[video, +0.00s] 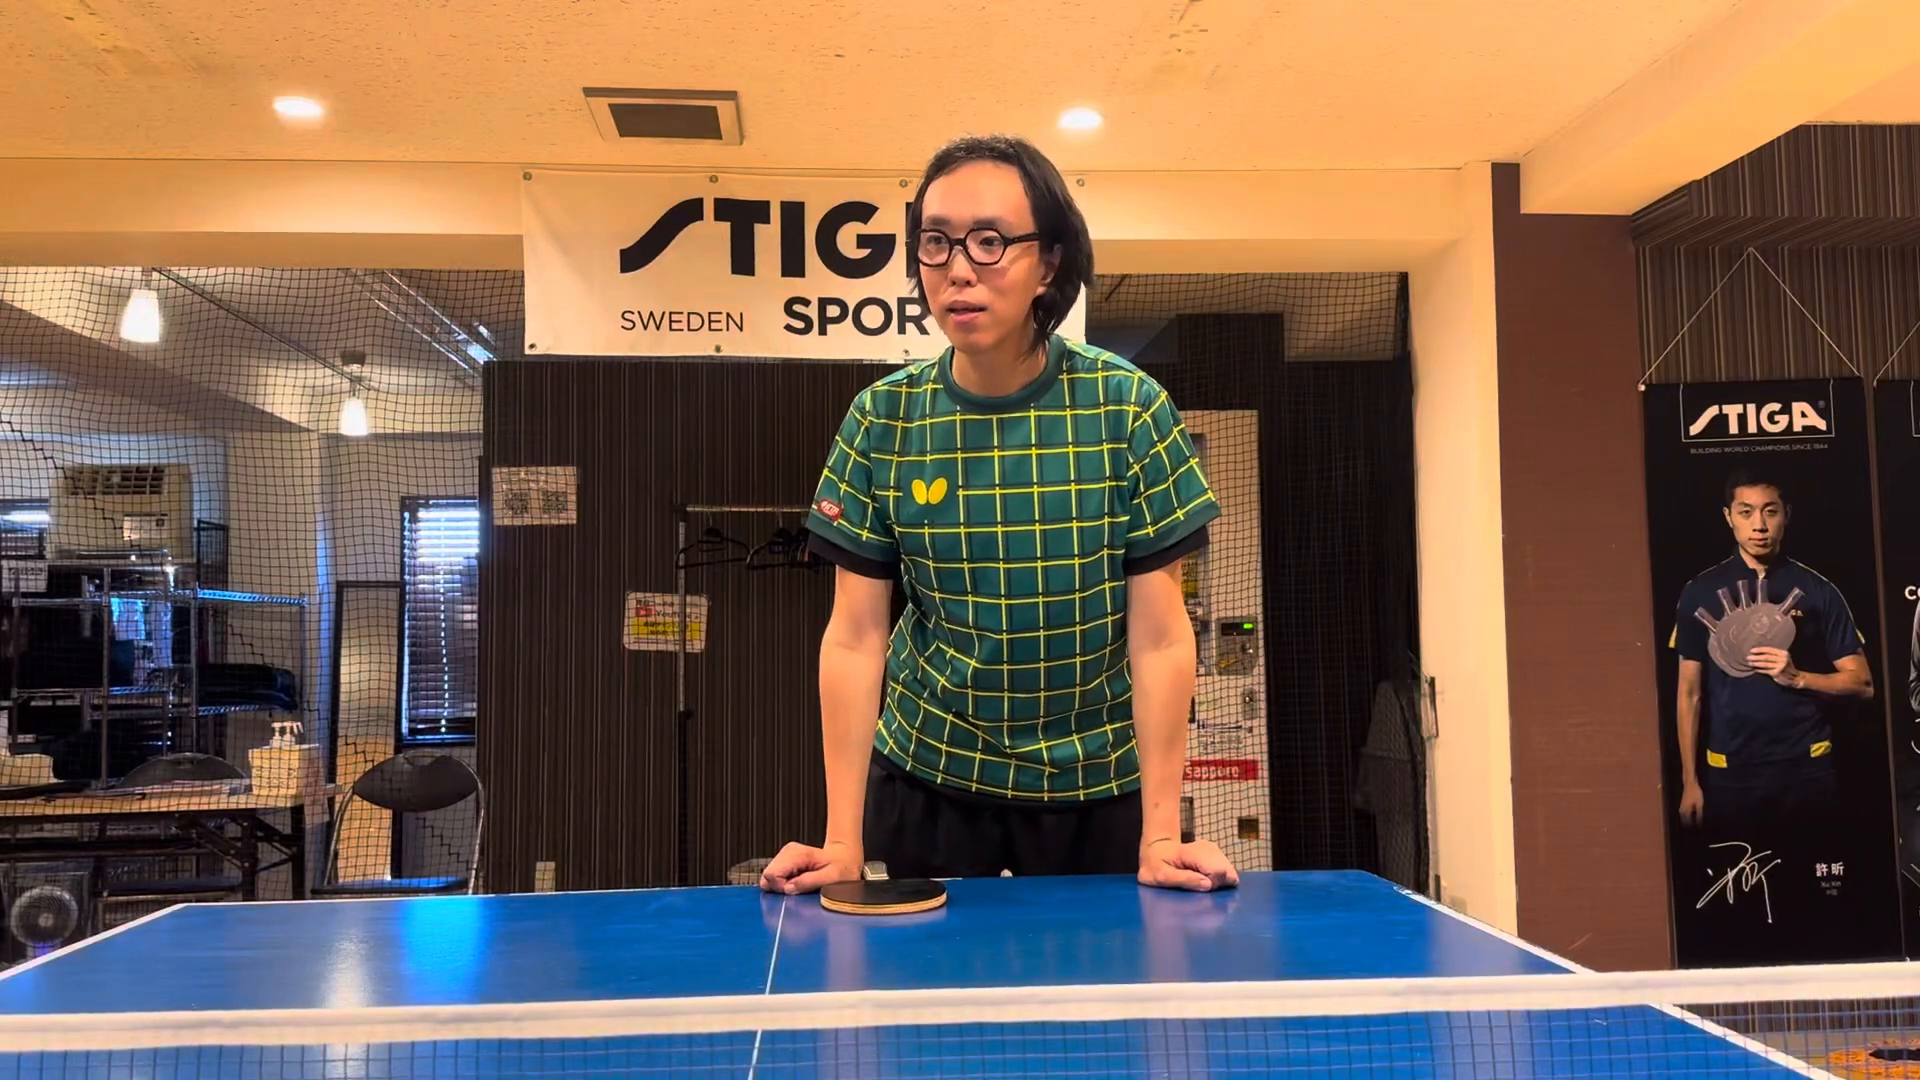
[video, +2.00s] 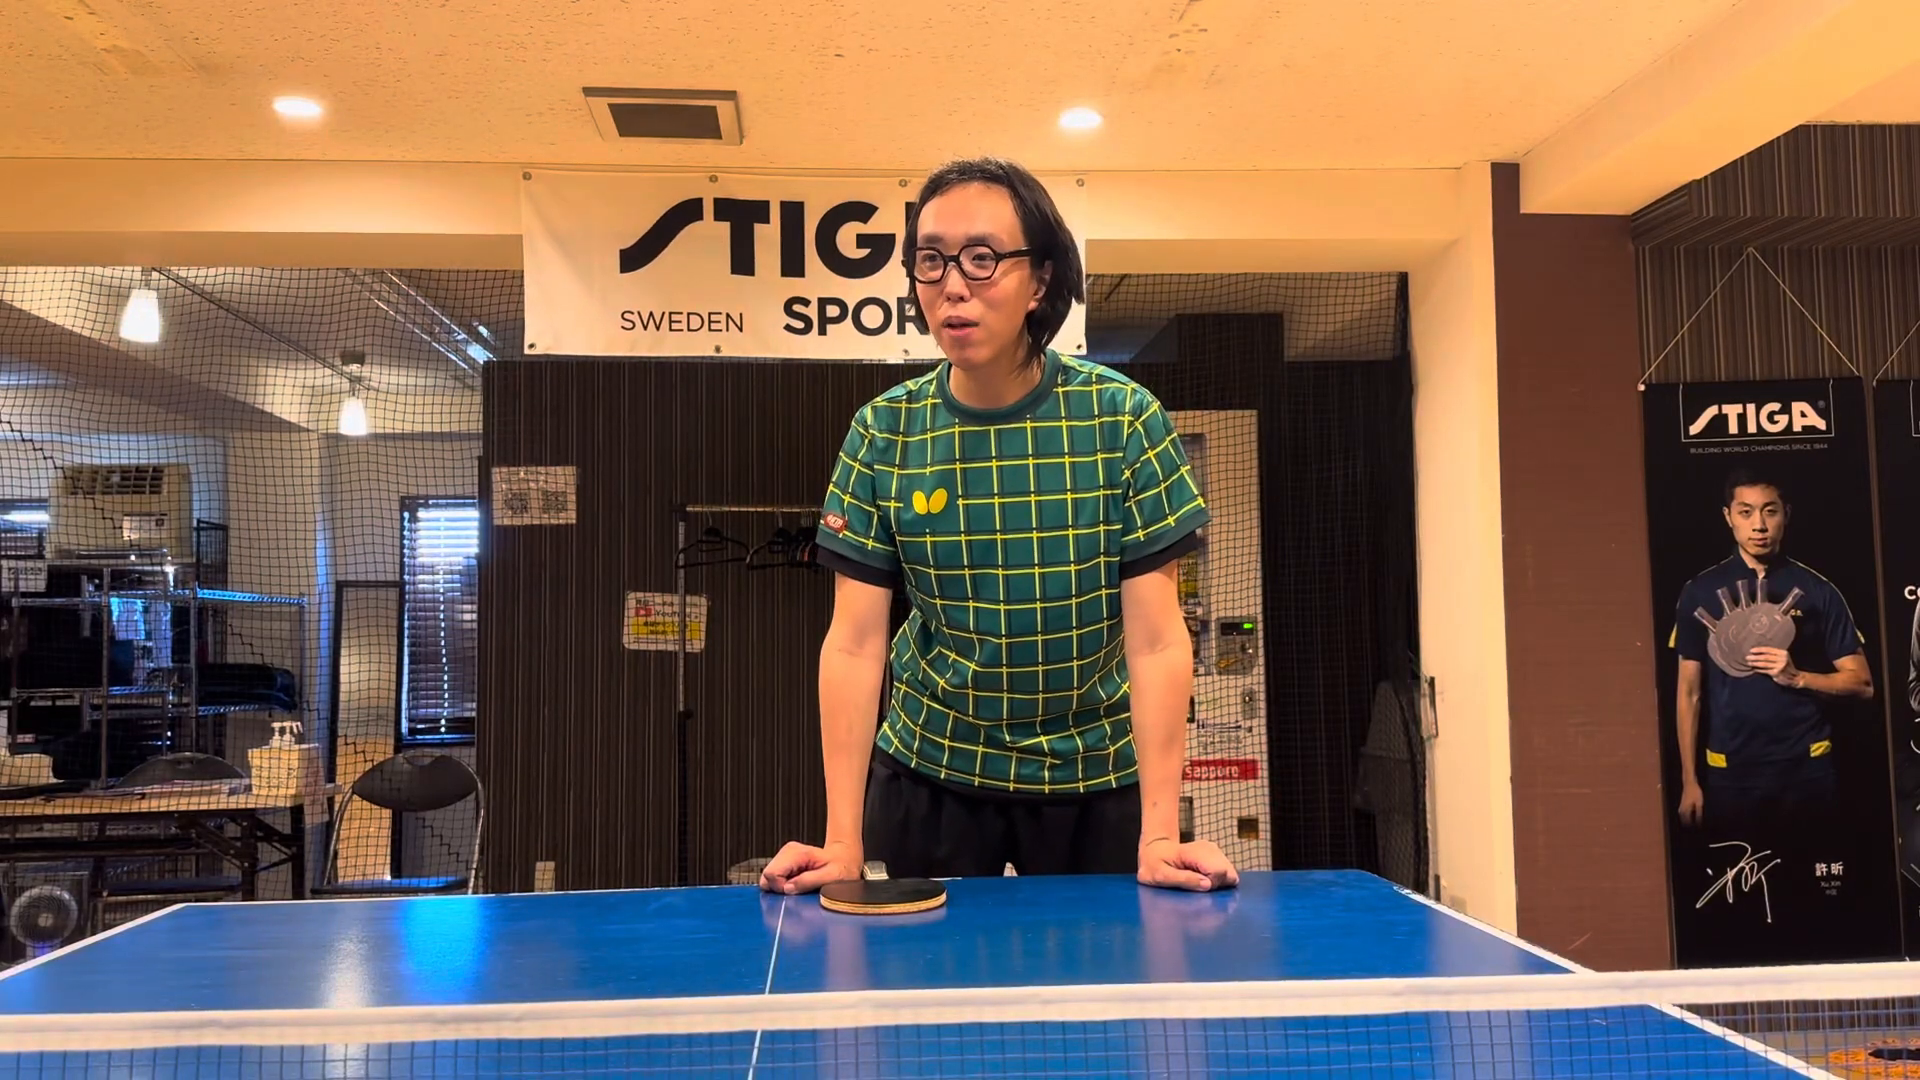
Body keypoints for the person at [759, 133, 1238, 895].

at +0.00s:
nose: (958, 268)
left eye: (990, 241)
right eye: (938, 242)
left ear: (1049, 266)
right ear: (918, 263)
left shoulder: (1126, 408)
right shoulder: (884, 417)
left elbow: (1160, 638)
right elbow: (854, 637)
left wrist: (1163, 836)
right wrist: (842, 842)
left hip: (1094, 809)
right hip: (925, 804)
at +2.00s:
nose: (951, 283)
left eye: (982, 257)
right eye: (932, 259)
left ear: (1040, 281)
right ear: (914, 278)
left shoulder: (1122, 419)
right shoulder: (886, 429)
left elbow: (1157, 642)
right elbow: (853, 645)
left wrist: (1162, 836)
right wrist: (841, 843)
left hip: (1093, 800)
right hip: (928, 796)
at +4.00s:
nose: (999, 245)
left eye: (1026, 225)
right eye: (979, 225)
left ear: (1070, 258)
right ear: (958, 253)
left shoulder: (1129, 419)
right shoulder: (913, 426)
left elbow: (1158, 615)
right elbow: (881, 628)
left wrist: (1147, 758)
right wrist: (903, 781)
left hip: (1100, 779)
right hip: (947, 779)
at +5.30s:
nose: (1010, 318)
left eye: (1034, 295)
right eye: (988, 294)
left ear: (1069, 310)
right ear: (960, 311)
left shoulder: (1120, 459)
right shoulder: (900, 464)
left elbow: (1158, 639)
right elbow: (831, 648)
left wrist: (1124, 641)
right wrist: (916, 708)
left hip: (1097, 800)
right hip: (929, 801)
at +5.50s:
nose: (1070, 329)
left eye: (1095, 307)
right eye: (1048, 304)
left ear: (1129, 321)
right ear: (1019, 317)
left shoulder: (1181, 453)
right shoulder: (964, 473)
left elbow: (1232, 661)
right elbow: (886, 649)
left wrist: (1186, 541)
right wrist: (938, 714)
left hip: (1154, 782)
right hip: (989, 779)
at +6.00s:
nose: (1053, 386)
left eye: (1079, 360)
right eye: (1031, 357)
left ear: (1116, 369)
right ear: (1004, 365)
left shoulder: (1154, 480)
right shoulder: (944, 504)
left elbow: (1204, 673)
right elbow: (867, 694)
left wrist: (1153, 516)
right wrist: (939, 752)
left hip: (1127, 792)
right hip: (959, 799)